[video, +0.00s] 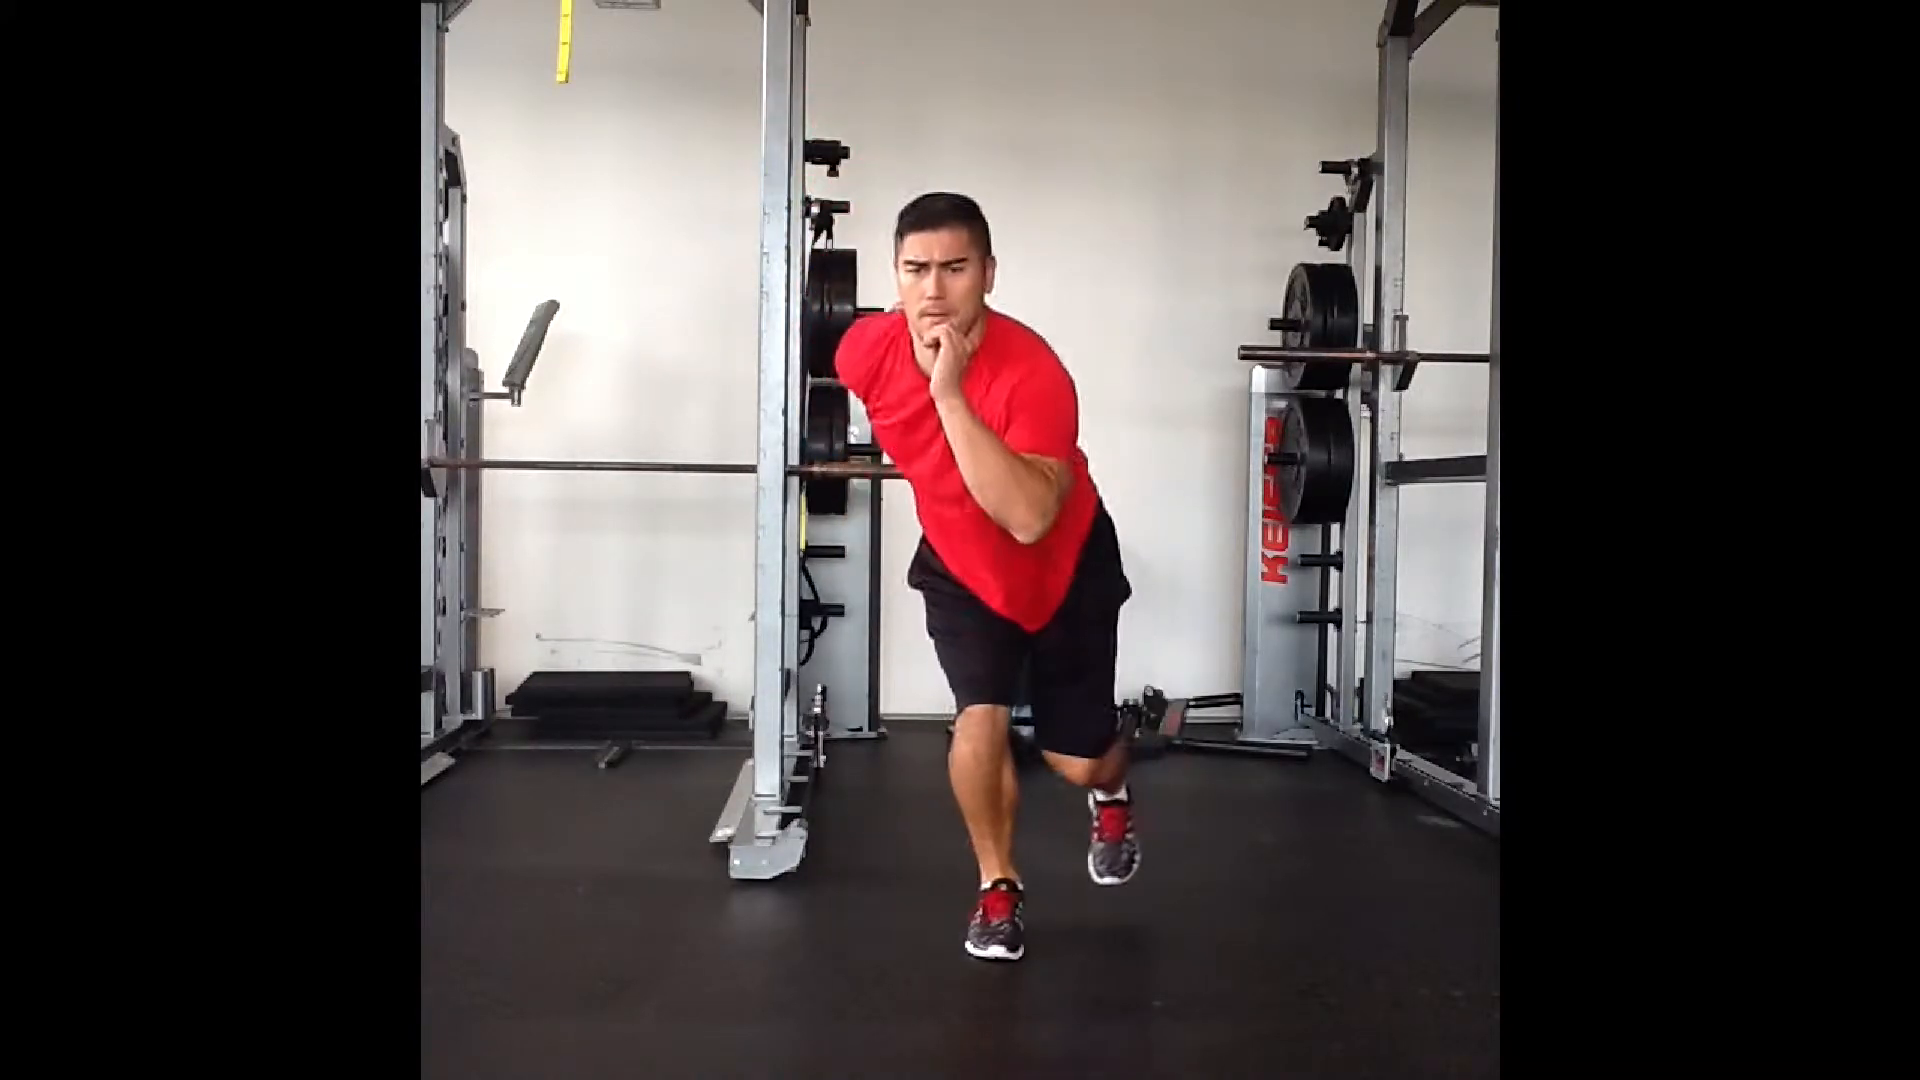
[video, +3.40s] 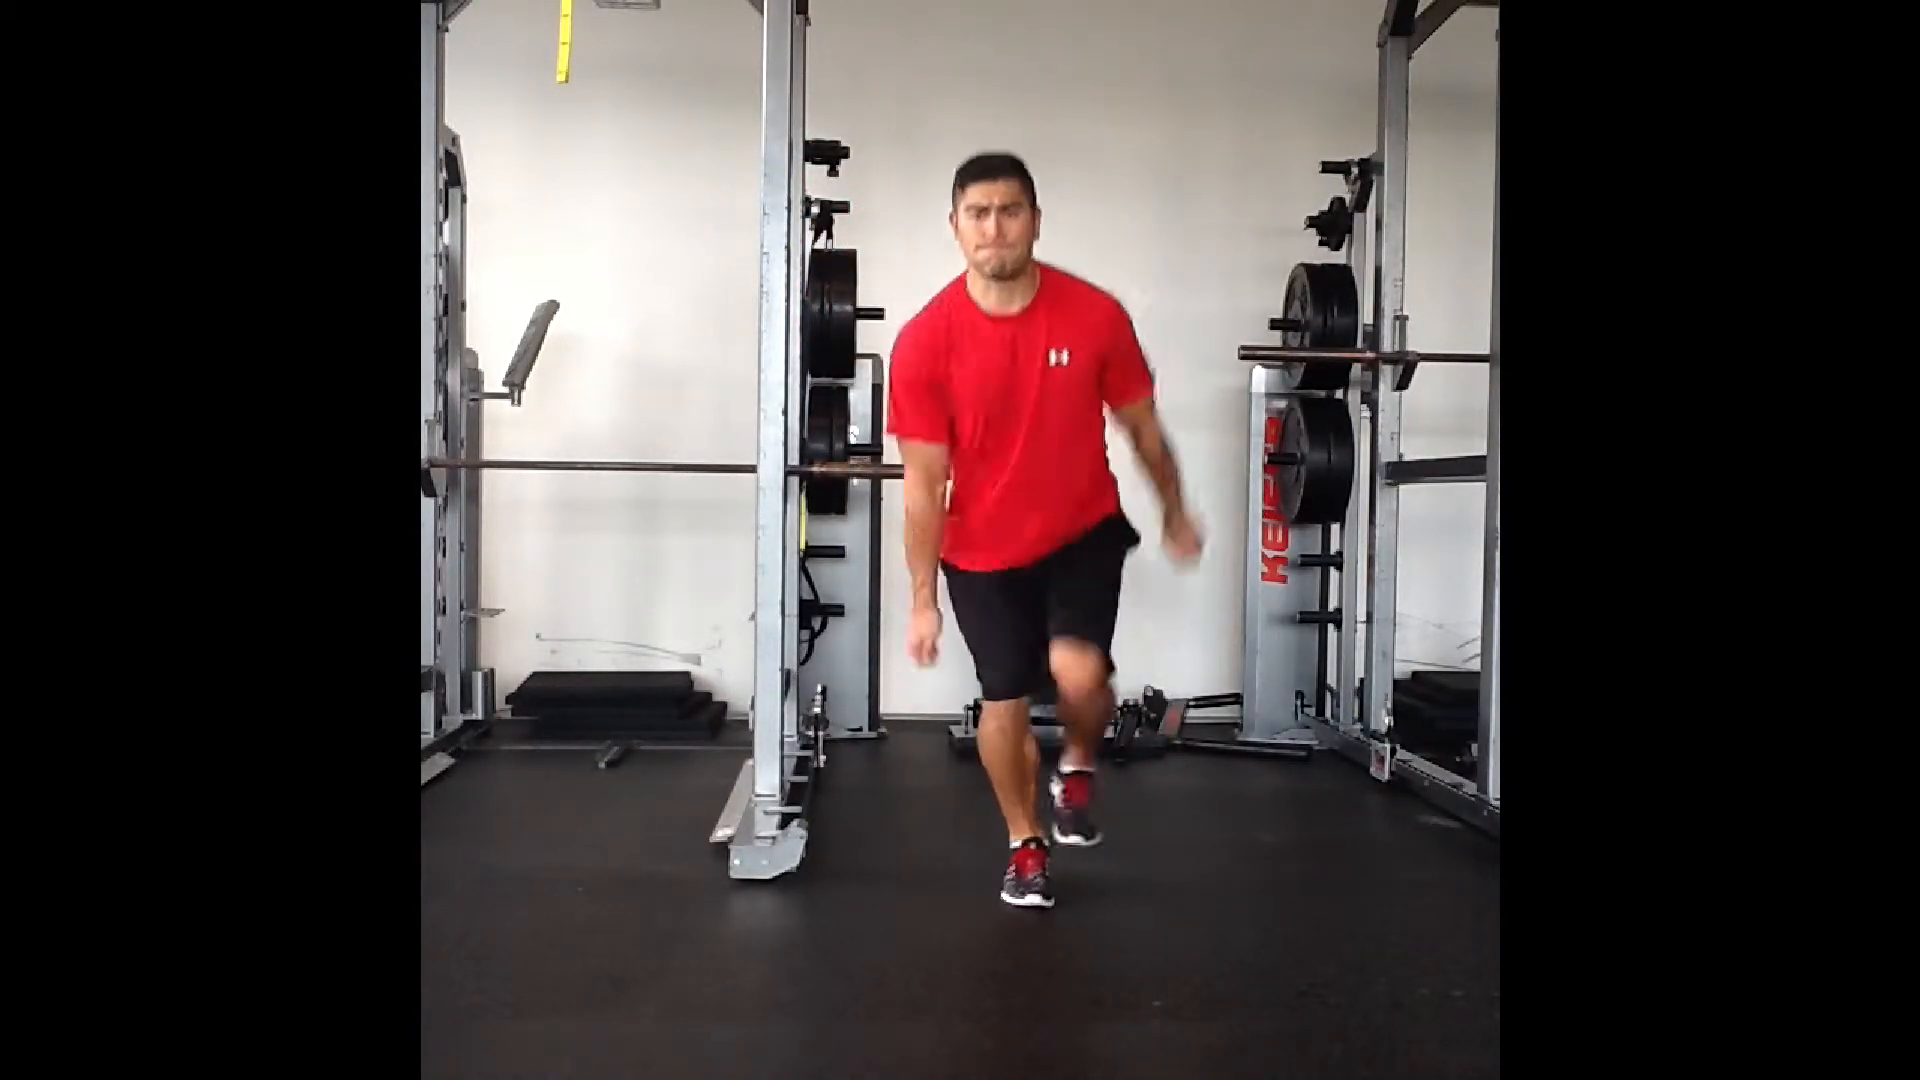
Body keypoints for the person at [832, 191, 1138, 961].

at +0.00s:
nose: (933, 287)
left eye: (953, 268)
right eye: (915, 268)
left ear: (988, 276)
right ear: (896, 279)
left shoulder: (1032, 372)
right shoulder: (866, 354)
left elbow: (1032, 516)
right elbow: (906, 430)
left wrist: (949, 396)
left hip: (1066, 559)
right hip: (961, 558)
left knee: (1082, 762)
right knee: (979, 716)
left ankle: (1113, 792)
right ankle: (997, 887)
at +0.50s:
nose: (946, 155)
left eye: (964, 134)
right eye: (928, 136)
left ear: (993, 145)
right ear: (902, 150)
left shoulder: (1060, 254)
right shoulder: (869, 273)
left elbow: (1105, 397)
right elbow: (862, 387)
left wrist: (1010, 419)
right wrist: (864, 477)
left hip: (1071, 504)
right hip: (956, 513)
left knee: (1100, 680)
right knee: (968, 704)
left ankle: (1114, 733)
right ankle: (993, 885)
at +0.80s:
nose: (966, 101)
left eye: (985, 82)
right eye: (949, 83)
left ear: (1015, 93)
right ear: (926, 95)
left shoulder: (1075, 210)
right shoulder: (881, 219)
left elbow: (1119, 352)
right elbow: (861, 359)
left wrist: (1138, 485)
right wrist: (876, 487)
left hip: (1068, 483)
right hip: (952, 491)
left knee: (1098, 679)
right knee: (972, 695)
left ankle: (1107, 750)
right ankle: (994, 883)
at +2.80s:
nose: (1013, 168)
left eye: (1029, 151)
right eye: (997, 152)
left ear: (1055, 162)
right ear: (977, 164)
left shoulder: (1104, 269)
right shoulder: (934, 266)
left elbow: (1140, 397)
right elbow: (915, 380)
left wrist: (1110, 490)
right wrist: (924, 494)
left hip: (1085, 513)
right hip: (984, 518)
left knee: (1095, 672)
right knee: (1005, 681)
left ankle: (1069, 715)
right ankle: (1022, 840)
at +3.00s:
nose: (1010, 236)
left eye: (1026, 220)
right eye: (994, 220)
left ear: (1052, 232)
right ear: (973, 231)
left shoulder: (1095, 321)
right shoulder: (934, 312)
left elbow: (1129, 432)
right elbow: (914, 373)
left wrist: (1052, 372)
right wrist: (925, 417)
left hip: (1083, 540)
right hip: (985, 541)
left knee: (1079, 677)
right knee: (1007, 681)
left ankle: (1032, 702)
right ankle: (1023, 842)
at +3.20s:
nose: (995, 295)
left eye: (1012, 278)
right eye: (981, 278)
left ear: (1039, 287)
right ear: (959, 288)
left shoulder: (1081, 359)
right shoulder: (929, 359)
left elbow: (1121, 463)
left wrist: (1040, 440)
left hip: (1083, 567)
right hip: (987, 563)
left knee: (1055, 685)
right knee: (1010, 695)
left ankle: (1021, 709)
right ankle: (1026, 845)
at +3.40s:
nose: (994, 226)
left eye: (1009, 210)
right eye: (978, 212)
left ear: (1035, 222)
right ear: (955, 227)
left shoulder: (1094, 316)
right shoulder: (925, 342)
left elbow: (1141, 423)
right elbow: (922, 479)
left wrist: (1174, 508)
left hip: (1082, 529)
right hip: (982, 545)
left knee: (1078, 674)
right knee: (1006, 695)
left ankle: (1076, 769)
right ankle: (1024, 843)